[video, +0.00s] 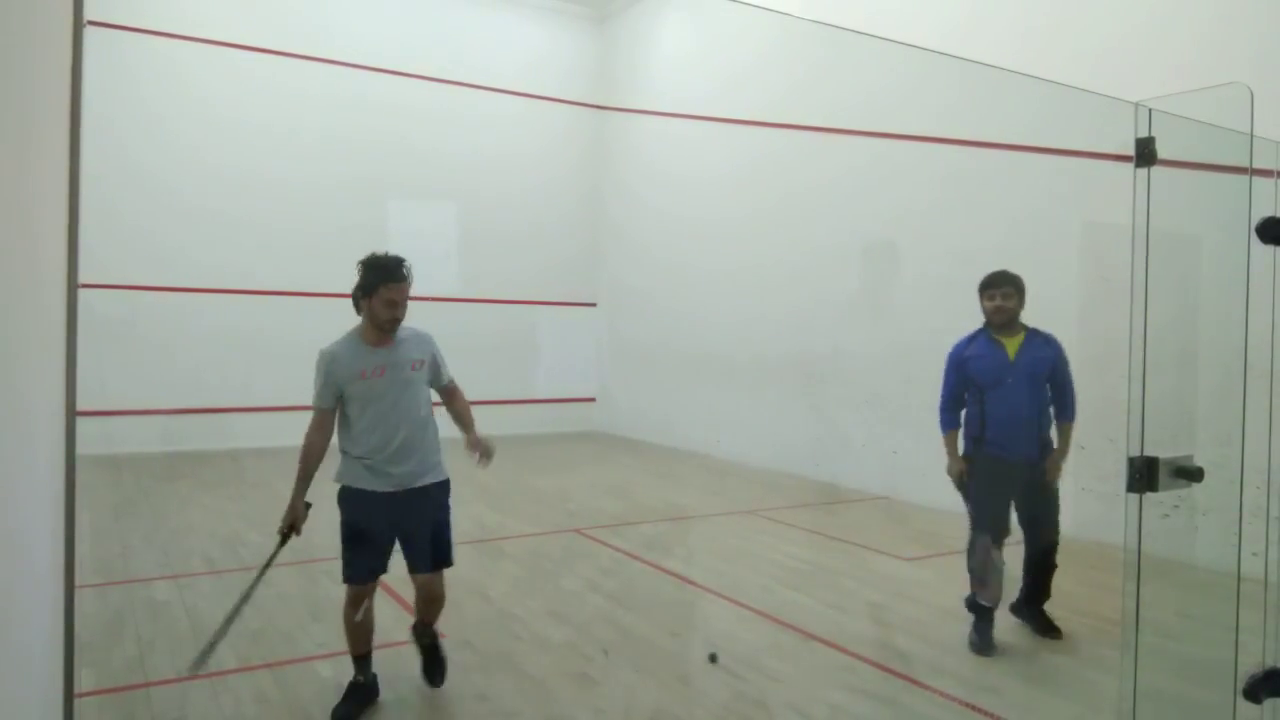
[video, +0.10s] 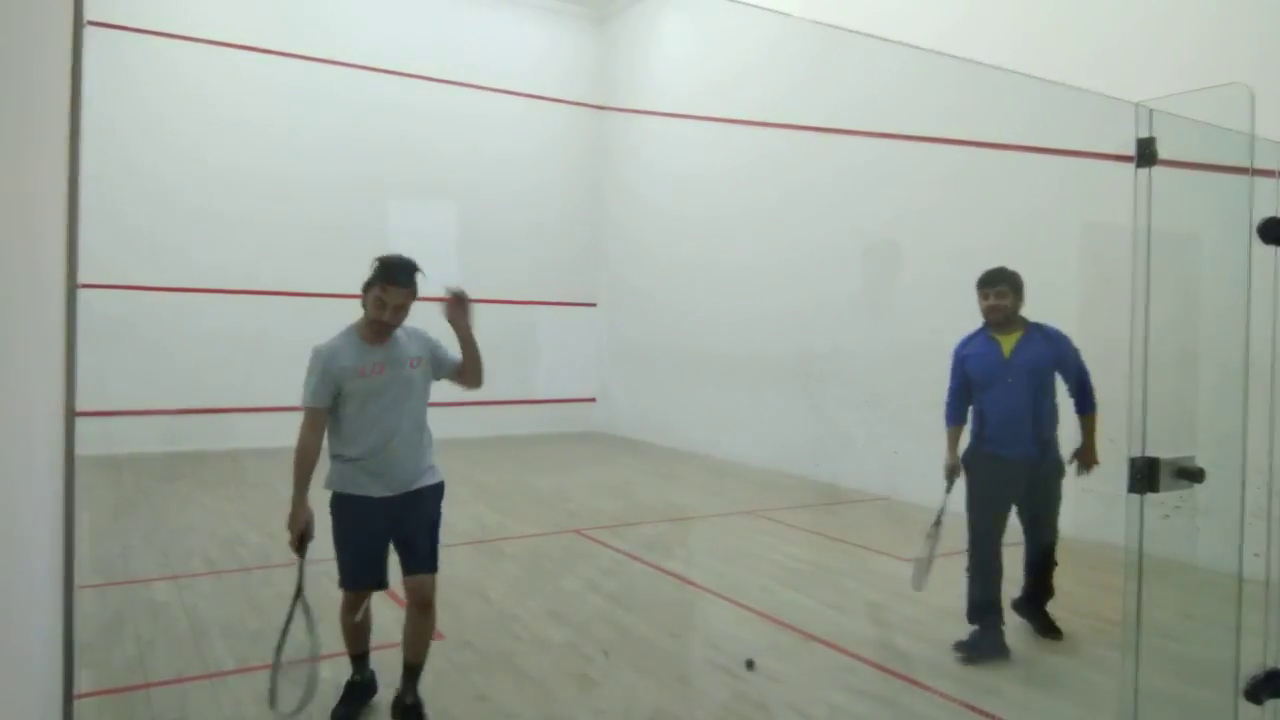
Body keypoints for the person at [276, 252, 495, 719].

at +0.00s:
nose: (398, 311)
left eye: (403, 301)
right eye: (389, 302)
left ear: (408, 299)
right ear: (362, 300)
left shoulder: (421, 345)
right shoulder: (335, 359)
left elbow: (449, 391)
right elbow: (319, 433)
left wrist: (470, 431)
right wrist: (297, 498)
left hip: (424, 487)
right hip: (364, 491)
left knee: (432, 590)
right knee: (359, 593)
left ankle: (425, 634)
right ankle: (363, 678)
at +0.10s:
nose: (389, 316)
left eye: (400, 307)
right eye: (382, 304)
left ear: (412, 305)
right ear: (365, 295)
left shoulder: (420, 344)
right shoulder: (331, 356)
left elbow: (471, 378)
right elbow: (311, 433)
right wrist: (299, 504)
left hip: (418, 490)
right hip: (356, 495)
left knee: (422, 597)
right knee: (356, 597)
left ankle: (409, 694)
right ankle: (360, 678)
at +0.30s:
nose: (411, 306)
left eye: (425, 300)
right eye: (406, 292)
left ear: (443, 306)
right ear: (395, 287)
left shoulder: (457, 345)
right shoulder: (358, 355)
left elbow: (517, 335)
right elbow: (329, 435)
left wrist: (460, 293)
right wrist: (307, 510)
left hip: (445, 511)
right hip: (376, 515)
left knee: (435, 635)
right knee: (359, 639)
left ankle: (423, 716)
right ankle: (367, 678)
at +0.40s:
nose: (420, 311)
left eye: (434, 303)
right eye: (414, 296)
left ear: (453, 304)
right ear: (403, 289)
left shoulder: (469, 347)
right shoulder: (364, 359)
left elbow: (531, 338)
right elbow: (336, 444)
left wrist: (469, 297)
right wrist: (307, 524)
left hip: (455, 522)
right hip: (383, 525)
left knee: (438, 645)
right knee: (376, 660)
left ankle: (424, 717)